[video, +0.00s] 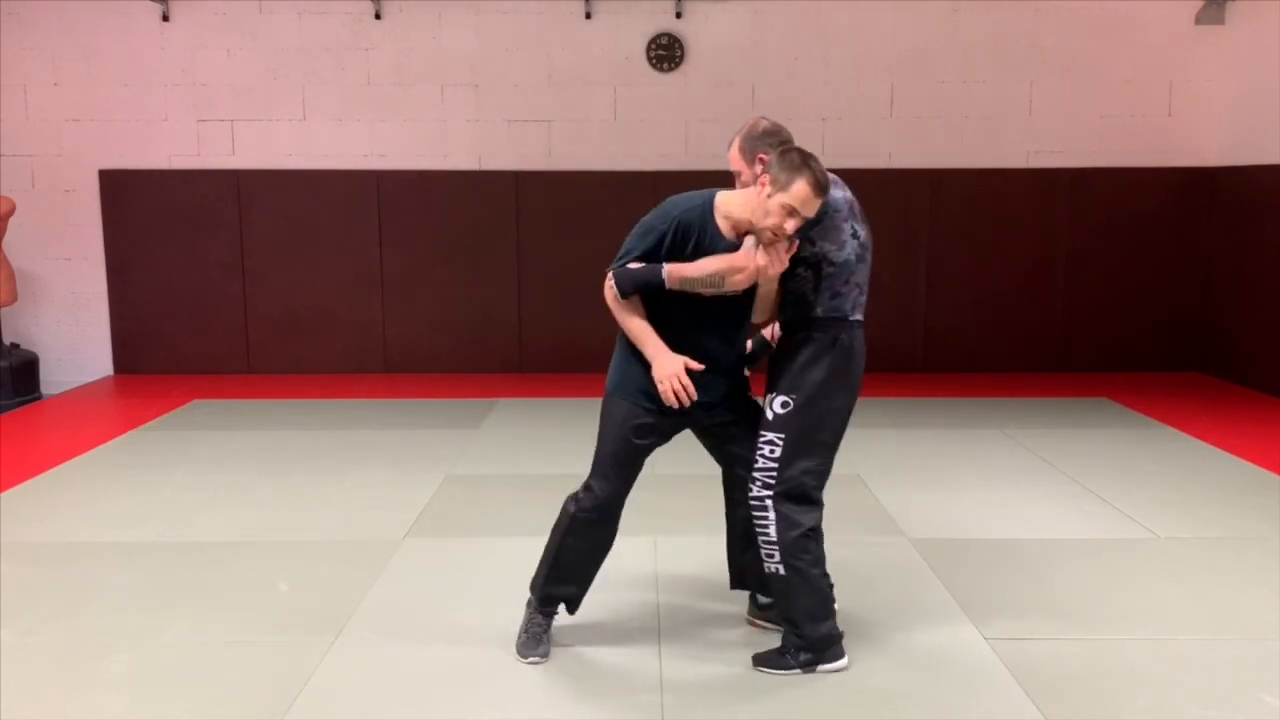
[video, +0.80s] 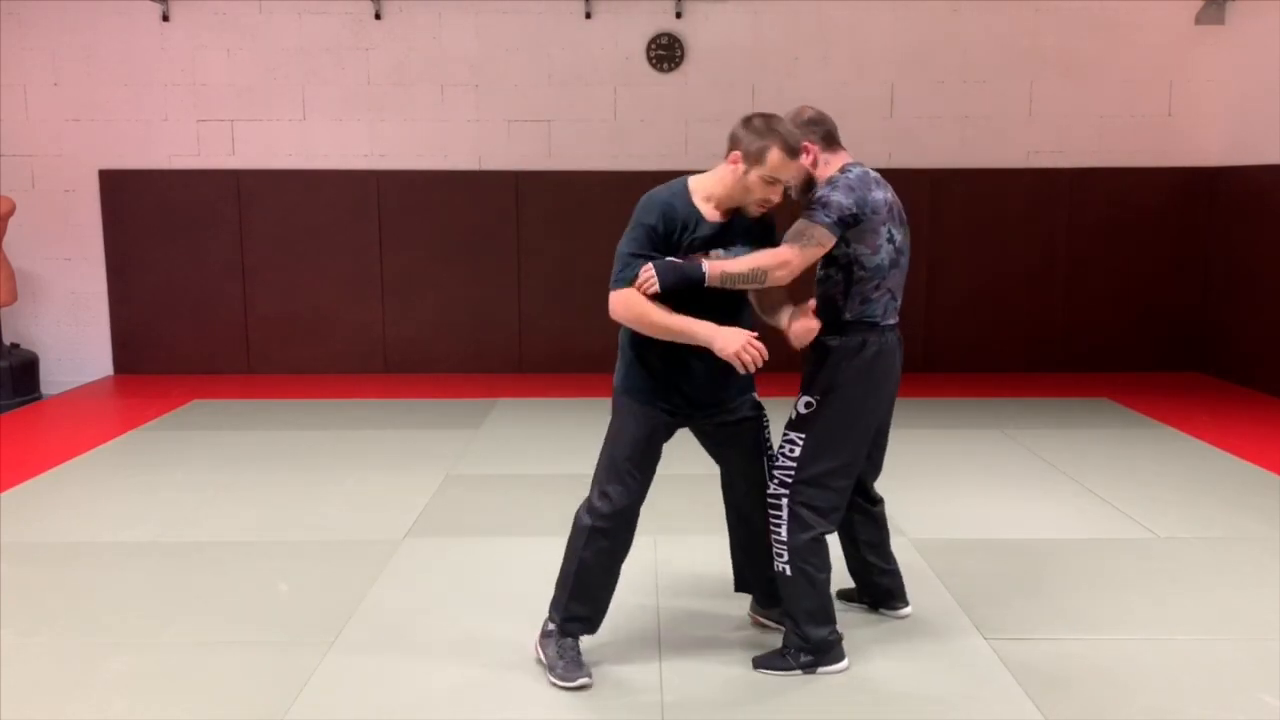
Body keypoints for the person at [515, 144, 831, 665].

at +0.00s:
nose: (791, 229)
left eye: (802, 222)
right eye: (789, 212)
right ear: (760, 185)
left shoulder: (769, 250)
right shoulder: (678, 217)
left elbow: (758, 328)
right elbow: (616, 288)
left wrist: (770, 279)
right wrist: (659, 357)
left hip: (720, 382)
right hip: (645, 378)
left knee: (762, 474)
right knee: (602, 495)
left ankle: (767, 595)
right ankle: (542, 607)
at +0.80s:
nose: (778, 198)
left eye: (784, 187)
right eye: (772, 184)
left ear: (747, 170)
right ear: (736, 164)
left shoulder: (757, 222)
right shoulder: (660, 209)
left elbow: (765, 292)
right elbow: (622, 302)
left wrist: (789, 321)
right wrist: (711, 334)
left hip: (721, 384)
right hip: (649, 384)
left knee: (758, 484)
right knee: (614, 503)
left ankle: (769, 598)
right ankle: (561, 632)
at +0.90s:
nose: (737, 190)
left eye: (741, 178)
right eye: (729, 177)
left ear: (702, 169)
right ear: (691, 166)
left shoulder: (709, 222)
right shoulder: (621, 225)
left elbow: (716, 293)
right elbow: (616, 328)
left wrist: (748, 324)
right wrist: (710, 339)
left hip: (698, 386)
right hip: (630, 394)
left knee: (741, 493)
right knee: (620, 514)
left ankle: (768, 599)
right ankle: (560, 637)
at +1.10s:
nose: (681, 168)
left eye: (684, 155)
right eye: (676, 155)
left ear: (639, 148)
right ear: (638, 148)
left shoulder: (633, 198)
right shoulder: (576, 222)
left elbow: (633, 288)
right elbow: (581, 333)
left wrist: (665, 311)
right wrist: (661, 327)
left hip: (637, 375)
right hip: (586, 388)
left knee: (672, 481)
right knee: (600, 514)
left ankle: (682, 589)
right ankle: (559, 638)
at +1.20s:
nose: (661, 151)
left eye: (663, 139)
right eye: (657, 139)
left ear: (621, 133)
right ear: (622, 133)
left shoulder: (607, 191)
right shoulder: (565, 205)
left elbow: (607, 284)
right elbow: (561, 315)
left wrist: (644, 297)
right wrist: (637, 309)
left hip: (619, 377)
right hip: (573, 387)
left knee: (633, 483)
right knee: (584, 513)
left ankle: (608, 583)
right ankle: (557, 638)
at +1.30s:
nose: (650, 142)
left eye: (651, 130)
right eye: (644, 130)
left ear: (608, 128)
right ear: (609, 128)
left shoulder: (592, 190)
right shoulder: (551, 197)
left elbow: (590, 279)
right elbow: (542, 302)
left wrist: (627, 295)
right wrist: (621, 300)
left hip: (592, 376)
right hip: (554, 384)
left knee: (589, 490)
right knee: (571, 511)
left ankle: (531, 570)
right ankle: (558, 638)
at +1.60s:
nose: (618, 152)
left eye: (620, 141)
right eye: (613, 139)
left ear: (581, 135)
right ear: (581, 133)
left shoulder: (559, 195)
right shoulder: (516, 189)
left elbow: (545, 280)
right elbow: (493, 282)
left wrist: (580, 299)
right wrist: (573, 299)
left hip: (542, 375)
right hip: (501, 376)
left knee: (541, 489)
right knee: (506, 498)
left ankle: (522, 583)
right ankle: (478, 627)